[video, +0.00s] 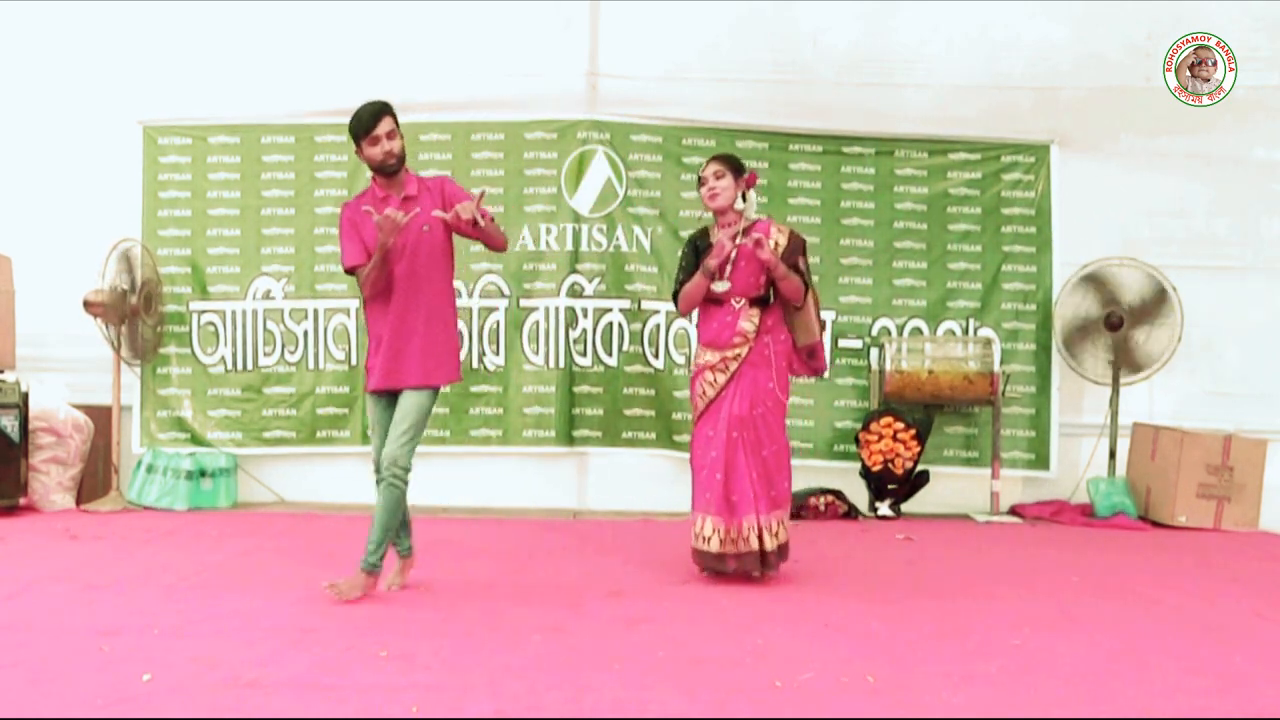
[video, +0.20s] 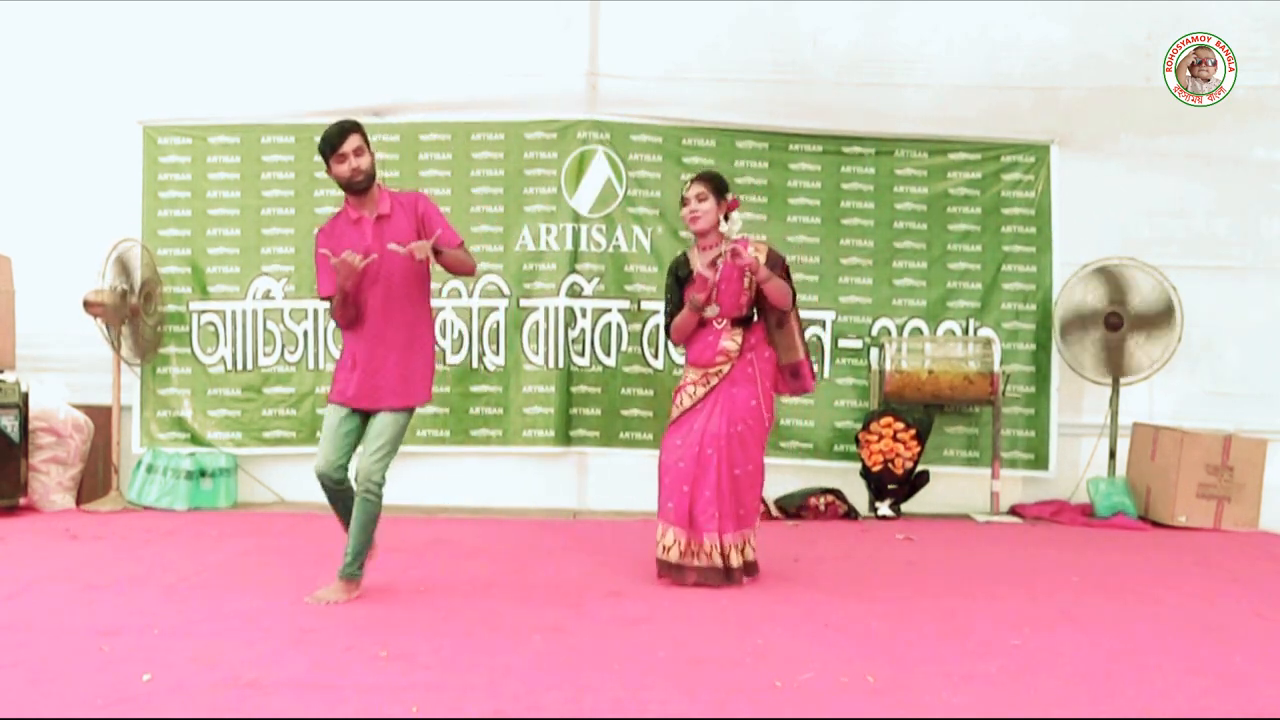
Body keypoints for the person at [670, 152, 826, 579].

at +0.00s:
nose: (709, 187)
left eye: (718, 179)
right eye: (703, 183)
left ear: (742, 184)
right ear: (700, 194)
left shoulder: (775, 237)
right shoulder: (699, 243)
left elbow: (798, 298)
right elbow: (683, 304)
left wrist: (772, 264)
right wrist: (712, 263)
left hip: (763, 351)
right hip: (715, 353)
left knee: (753, 437)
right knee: (713, 440)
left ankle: (757, 544)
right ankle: (720, 545)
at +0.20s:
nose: (692, 209)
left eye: (701, 200)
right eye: (686, 202)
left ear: (724, 207)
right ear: (682, 213)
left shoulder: (755, 254)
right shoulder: (682, 267)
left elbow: (785, 302)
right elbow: (676, 334)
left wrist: (756, 269)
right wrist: (696, 301)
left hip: (747, 365)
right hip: (701, 368)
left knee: (725, 442)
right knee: (679, 448)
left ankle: (725, 550)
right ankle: (686, 550)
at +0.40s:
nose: (654, 195)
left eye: (664, 188)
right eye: (650, 190)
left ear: (690, 194)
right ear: (646, 200)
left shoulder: (716, 233)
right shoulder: (651, 256)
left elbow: (757, 264)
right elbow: (649, 326)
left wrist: (719, 246)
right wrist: (662, 291)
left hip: (722, 345)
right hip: (677, 351)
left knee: (714, 436)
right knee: (673, 438)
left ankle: (719, 546)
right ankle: (682, 548)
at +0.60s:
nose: (625, 207)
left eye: (636, 200)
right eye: (622, 200)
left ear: (660, 208)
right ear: (618, 211)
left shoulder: (685, 243)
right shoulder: (626, 272)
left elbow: (717, 273)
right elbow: (628, 342)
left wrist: (680, 261)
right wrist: (634, 307)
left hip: (696, 351)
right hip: (655, 359)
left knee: (682, 437)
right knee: (632, 439)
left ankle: (687, 547)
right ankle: (644, 548)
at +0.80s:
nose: (600, 195)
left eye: (610, 190)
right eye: (596, 189)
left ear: (632, 202)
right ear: (591, 200)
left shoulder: (651, 239)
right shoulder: (596, 254)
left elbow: (653, 293)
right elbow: (590, 326)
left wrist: (609, 265)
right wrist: (586, 287)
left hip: (658, 350)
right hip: (621, 353)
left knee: (648, 441)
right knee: (602, 438)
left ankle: (657, 548)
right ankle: (609, 548)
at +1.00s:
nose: (574, 189)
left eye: (585, 183)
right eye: (570, 181)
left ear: (606, 195)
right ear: (562, 189)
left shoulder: (619, 238)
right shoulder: (564, 240)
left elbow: (618, 297)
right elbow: (552, 288)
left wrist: (580, 272)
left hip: (617, 342)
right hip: (578, 343)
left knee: (602, 433)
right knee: (570, 435)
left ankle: (617, 539)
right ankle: (576, 541)